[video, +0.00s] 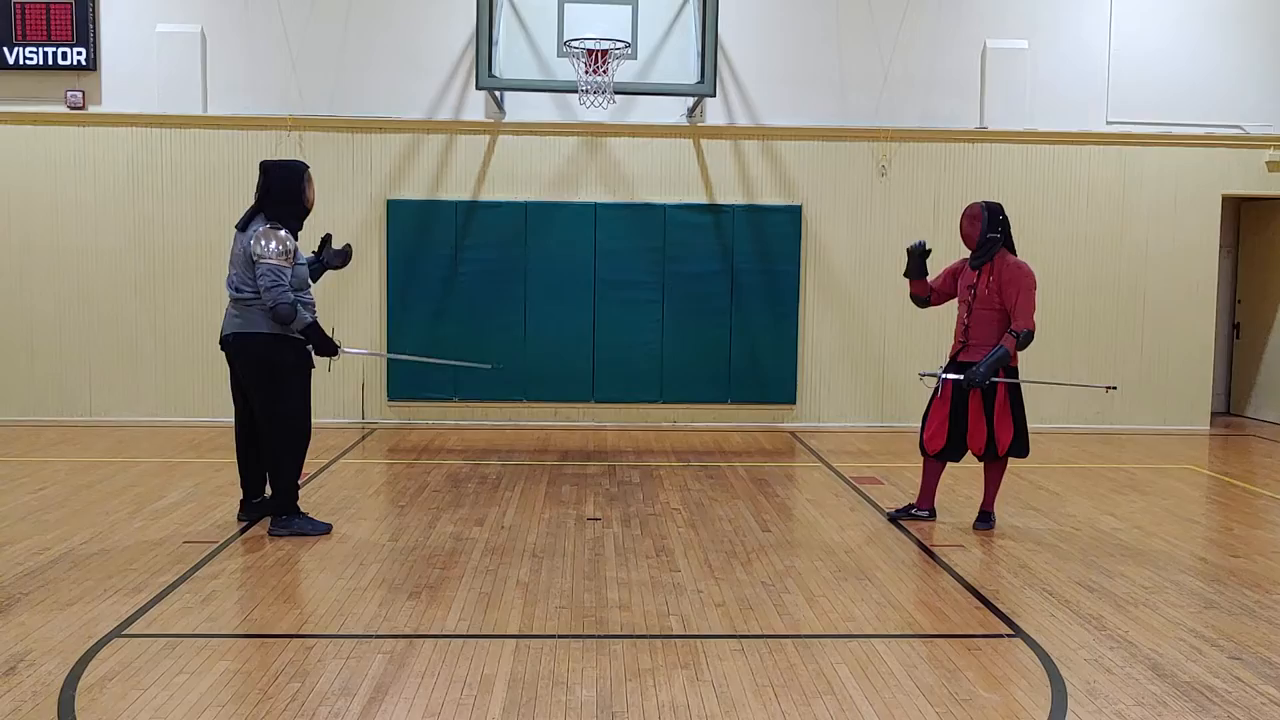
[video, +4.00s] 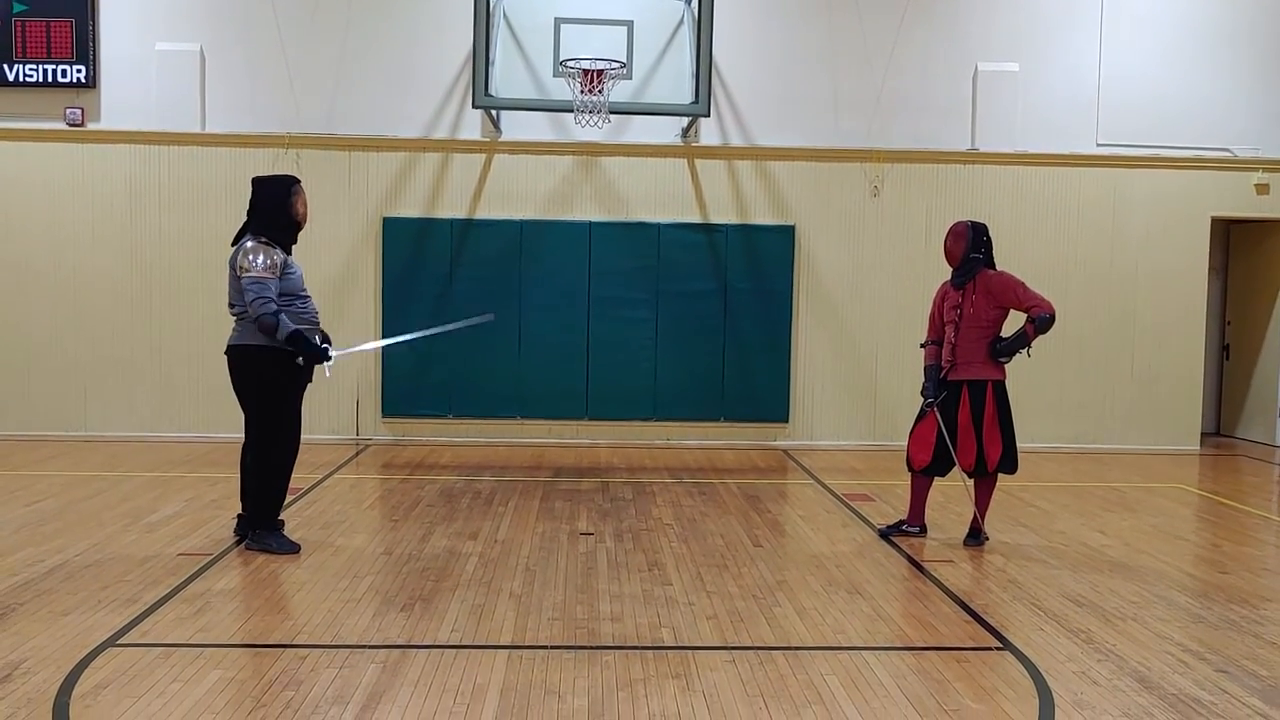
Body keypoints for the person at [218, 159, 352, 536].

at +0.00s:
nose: (314, 194)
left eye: (312, 186)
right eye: (309, 186)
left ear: (273, 189)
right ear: (293, 190)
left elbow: (282, 277)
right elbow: (277, 295)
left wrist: (320, 263)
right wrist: (313, 331)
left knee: (253, 421)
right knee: (291, 425)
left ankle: (253, 501)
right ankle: (286, 514)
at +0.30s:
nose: (302, 206)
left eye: (302, 198)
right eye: (297, 197)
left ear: (273, 199)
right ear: (276, 198)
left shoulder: (264, 238)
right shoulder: (250, 238)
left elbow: (280, 288)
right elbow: (270, 289)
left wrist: (317, 292)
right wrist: (310, 288)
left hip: (262, 344)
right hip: (257, 346)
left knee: (252, 425)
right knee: (286, 428)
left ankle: (253, 505)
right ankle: (286, 516)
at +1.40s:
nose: (291, 208)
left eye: (290, 200)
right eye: (287, 200)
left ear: (257, 203)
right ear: (269, 203)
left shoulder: (238, 241)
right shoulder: (252, 242)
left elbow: (252, 302)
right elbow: (288, 282)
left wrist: (294, 314)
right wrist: (331, 251)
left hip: (243, 352)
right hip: (258, 356)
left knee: (250, 436)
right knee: (272, 438)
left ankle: (248, 520)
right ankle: (262, 527)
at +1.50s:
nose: (289, 242)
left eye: (287, 234)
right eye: (284, 234)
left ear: (255, 236)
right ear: (266, 237)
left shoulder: (236, 274)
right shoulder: (249, 275)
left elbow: (247, 336)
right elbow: (281, 316)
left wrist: (292, 349)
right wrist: (326, 289)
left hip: (241, 384)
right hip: (253, 388)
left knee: (247, 469)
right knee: (266, 471)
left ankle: (243, 553)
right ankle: (256, 559)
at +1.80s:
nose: (322, 272)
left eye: (322, 264)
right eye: (317, 264)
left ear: (290, 266)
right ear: (298, 266)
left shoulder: (274, 305)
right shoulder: (277, 307)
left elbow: (298, 362)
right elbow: (314, 351)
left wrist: (333, 374)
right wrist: (355, 322)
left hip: (280, 410)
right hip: (283, 413)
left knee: (282, 496)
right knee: (294, 497)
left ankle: (276, 575)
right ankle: (283, 585)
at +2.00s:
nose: (320, 253)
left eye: (319, 245)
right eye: (315, 245)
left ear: (289, 246)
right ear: (296, 247)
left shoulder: (280, 288)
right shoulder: (275, 288)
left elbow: (318, 333)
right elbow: (311, 333)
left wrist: (350, 322)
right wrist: (351, 314)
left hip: (286, 395)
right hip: (278, 396)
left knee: (283, 480)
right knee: (286, 481)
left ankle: (273, 560)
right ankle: (278, 567)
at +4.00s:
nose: (306, 209)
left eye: (305, 201)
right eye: (300, 201)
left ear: (275, 206)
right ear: (281, 205)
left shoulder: (272, 250)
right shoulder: (259, 249)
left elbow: (285, 306)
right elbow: (261, 309)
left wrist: (314, 332)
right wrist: (297, 338)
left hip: (274, 355)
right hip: (263, 356)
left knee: (267, 438)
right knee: (276, 440)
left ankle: (255, 520)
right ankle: (261, 527)